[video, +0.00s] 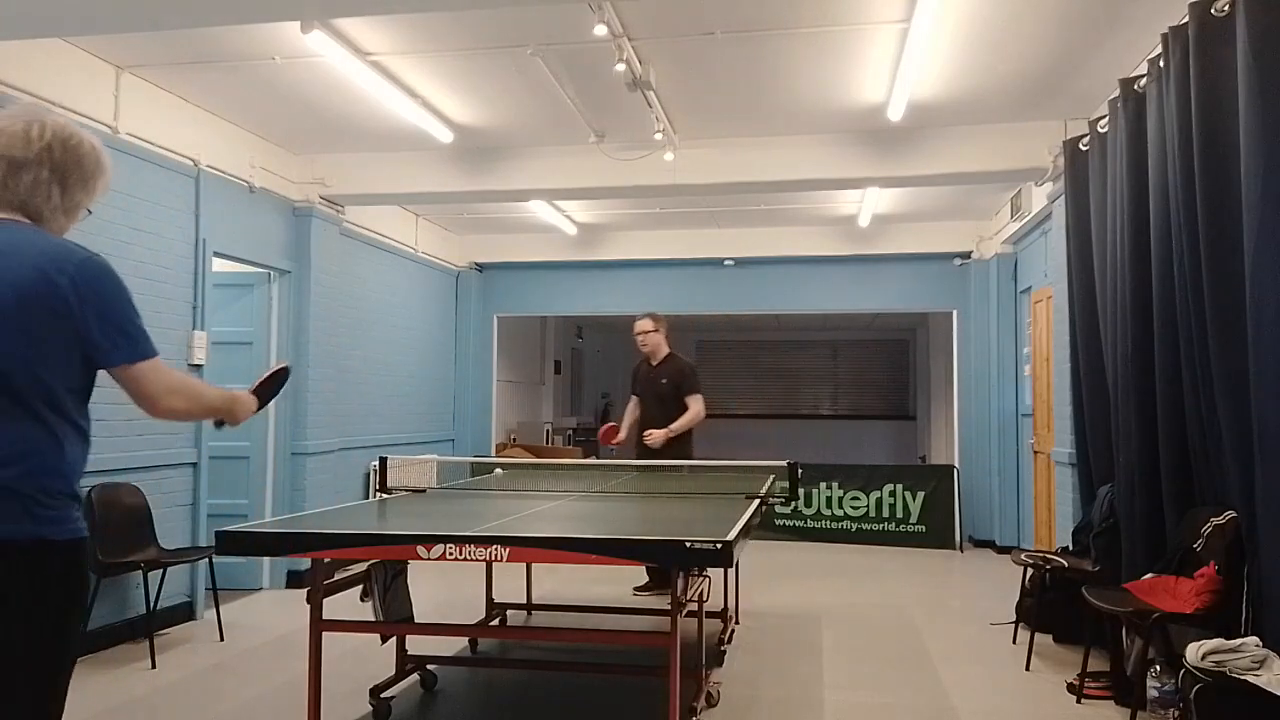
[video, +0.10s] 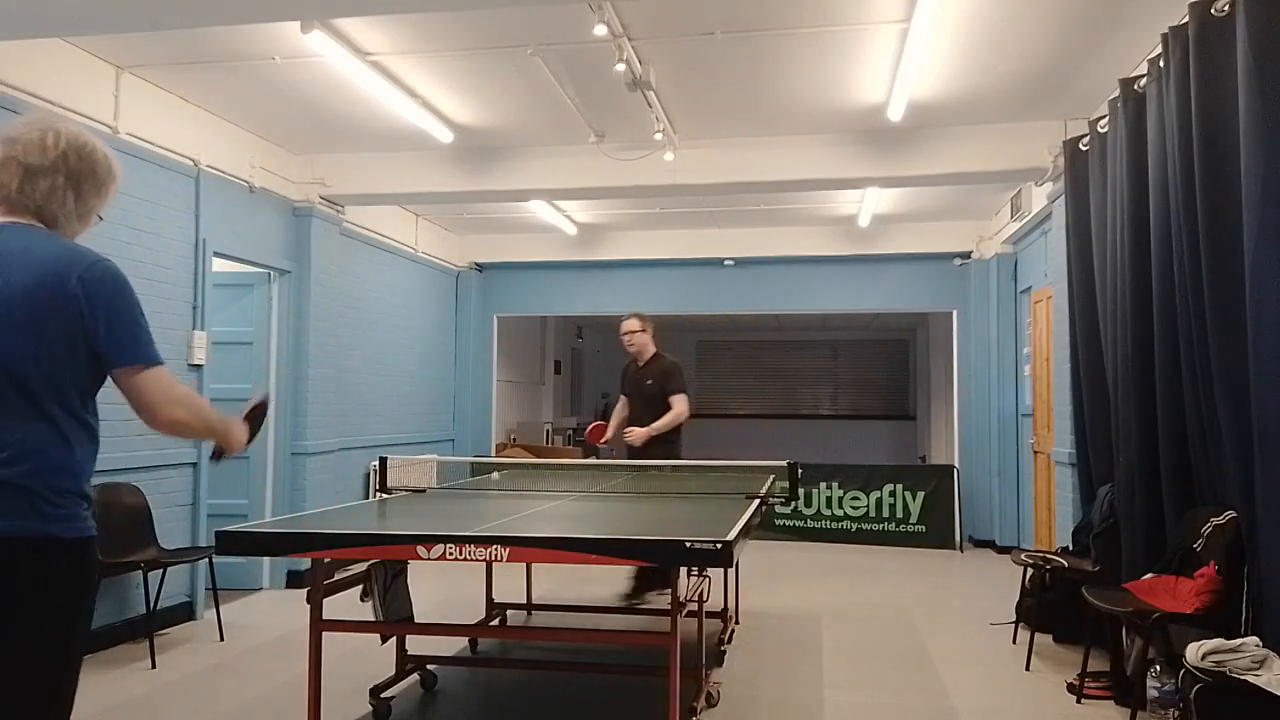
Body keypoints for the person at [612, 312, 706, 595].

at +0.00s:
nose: (641, 339)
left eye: (646, 333)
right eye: (637, 335)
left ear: (662, 334)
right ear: (636, 339)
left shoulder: (681, 367)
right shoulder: (640, 368)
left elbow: (698, 410)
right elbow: (635, 403)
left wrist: (667, 432)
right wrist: (624, 432)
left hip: (675, 459)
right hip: (645, 458)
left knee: (673, 516)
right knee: (648, 517)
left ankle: (677, 575)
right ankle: (657, 577)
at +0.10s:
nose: (628, 339)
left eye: (633, 333)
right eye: (624, 335)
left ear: (649, 334)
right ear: (622, 340)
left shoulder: (668, 367)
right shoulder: (629, 369)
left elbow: (681, 410)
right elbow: (624, 403)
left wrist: (649, 431)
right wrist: (611, 431)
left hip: (664, 459)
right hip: (637, 458)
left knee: (660, 518)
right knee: (644, 518)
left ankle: (647, 581)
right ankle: (657, 576)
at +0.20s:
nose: (611, 344)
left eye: (616, 338)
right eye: (607, 340)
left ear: (633, 337)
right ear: (607, 344)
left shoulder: (652, 368)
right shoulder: (619, 372)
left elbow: (661, 413)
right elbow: (613, 406)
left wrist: (625, 433)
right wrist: (599, 431)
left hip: (652, 463)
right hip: (626, 461)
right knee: (625, 520)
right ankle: (658, 577)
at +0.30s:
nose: (594, 351)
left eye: (599, 344)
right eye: (590, 347)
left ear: (616, 342)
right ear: (589, 350)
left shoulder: (633, 374)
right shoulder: (608, 376)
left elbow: (632, 416)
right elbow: (603, 409)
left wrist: (595, 436)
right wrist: (586, 435)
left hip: (637, 468)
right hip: (613, 466)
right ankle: (658, 574)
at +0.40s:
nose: (570, 360)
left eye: (574, 353)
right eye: (567, 355)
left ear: (593, 349)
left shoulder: (611, 377)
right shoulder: (598, 377)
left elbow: (600, 419)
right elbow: (594, 416)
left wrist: (560, 441)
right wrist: (567, 433)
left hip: (625, 466)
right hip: (609, 465)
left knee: (590, 523)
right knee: (612, 521)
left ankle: (579, 589)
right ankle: (653, 568)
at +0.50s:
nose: (548, 370)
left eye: (551, 363)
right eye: (546, 365)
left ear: (569, 357)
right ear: (566, 360)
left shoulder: (592, 381)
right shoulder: (580, 379)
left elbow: (567, 423)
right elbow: (584, 416)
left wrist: (531, 446)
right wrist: (570, 433)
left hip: (622, 466)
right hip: (604, 464)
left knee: (587, 524)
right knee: (602, 524)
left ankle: (579, 589)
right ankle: (648, 566)